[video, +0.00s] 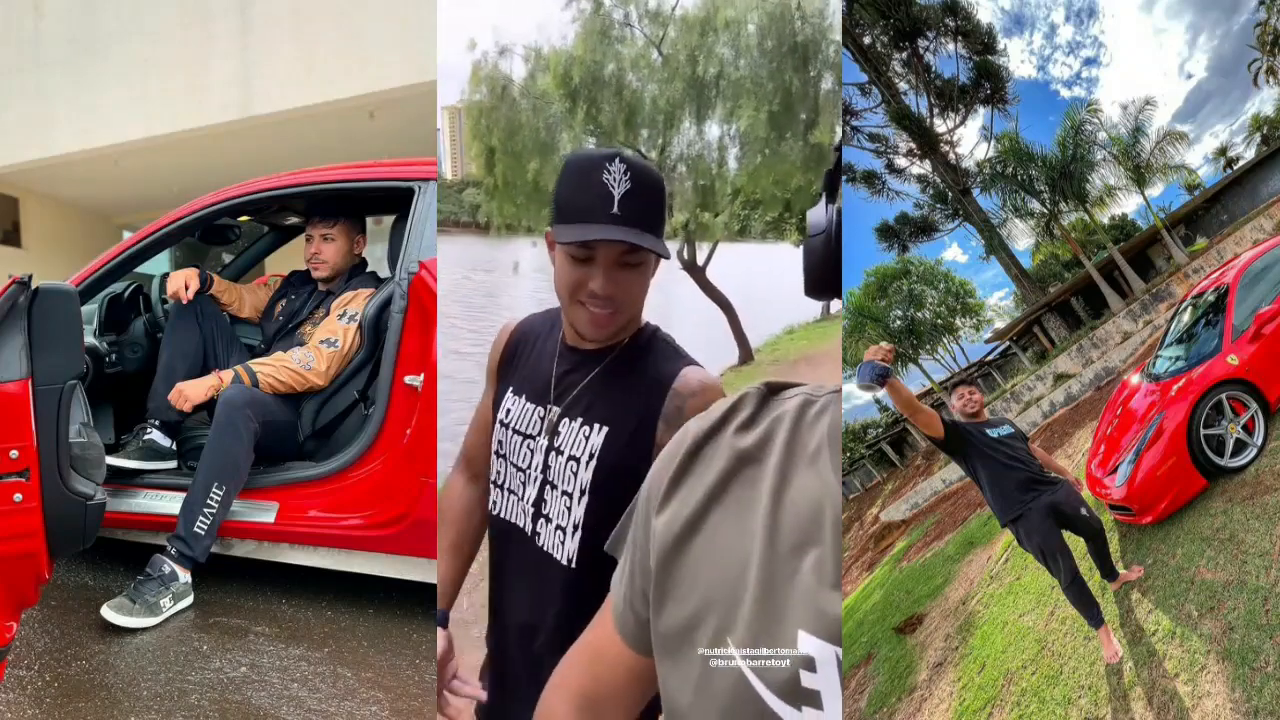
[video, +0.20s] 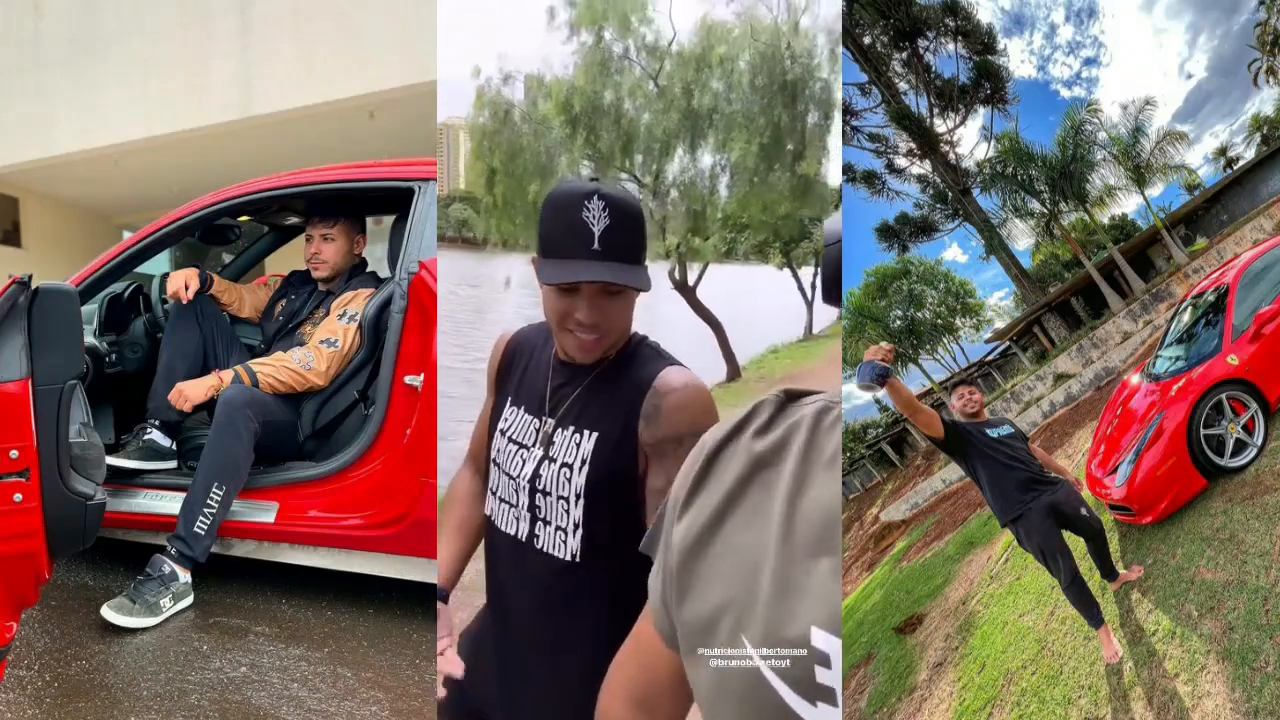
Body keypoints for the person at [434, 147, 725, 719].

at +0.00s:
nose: (600, 285)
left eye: (628, 262)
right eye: (582, 258)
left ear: (657, 262)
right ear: (551, 248)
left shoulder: (685, 397)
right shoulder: (520, 345)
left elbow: (682, 582)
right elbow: (471, 477)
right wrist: (437, 614)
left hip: (607, 701)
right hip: (505, 681)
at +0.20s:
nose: (586, 313)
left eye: (610, 291)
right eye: (566, 289)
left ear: (639, 286)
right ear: (539, 278)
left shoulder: (672, 399)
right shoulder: (515, 355)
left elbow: (679, 581)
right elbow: (477, 472)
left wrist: (669, 700)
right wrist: (437, 588)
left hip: (598, 689)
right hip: (495, 662)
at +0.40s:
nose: (572, 310)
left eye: (598, 287)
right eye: (551, 285)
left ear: (625, 283)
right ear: (523, 275)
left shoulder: (660, 400)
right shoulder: (498, 356)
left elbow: (662, 580)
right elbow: (460, 473)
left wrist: (616, 709)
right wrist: (398, 570)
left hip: (588, 696)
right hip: (484, 675)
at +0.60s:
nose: (599, 274)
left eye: (622, 246)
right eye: (575, 247)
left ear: (645, 247)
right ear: (541, 246)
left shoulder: (688, 376)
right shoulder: (501, 347)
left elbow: (702, 549)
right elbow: (456, 477)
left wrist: (707, 686)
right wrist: (433, 604)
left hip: (616, 687)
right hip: (498, 670)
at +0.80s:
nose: (629, 285)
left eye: (651, 260)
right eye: (606, 258)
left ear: (671, 264)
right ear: (568, 259)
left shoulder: (712, 393)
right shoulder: (519, 359)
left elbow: (733, 558)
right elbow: (463, 487)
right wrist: (467, 606)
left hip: (640, 694)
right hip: (522, 678)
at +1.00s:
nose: (635, 292)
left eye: (658, 265)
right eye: (611, 264)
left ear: (676, 267)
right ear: (572, 264)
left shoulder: (718, 401)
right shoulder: (522, 366)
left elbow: (723, 583)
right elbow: (468, 499)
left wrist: (593, 678)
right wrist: (480, 605)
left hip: (659, 698)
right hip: (536, 683)